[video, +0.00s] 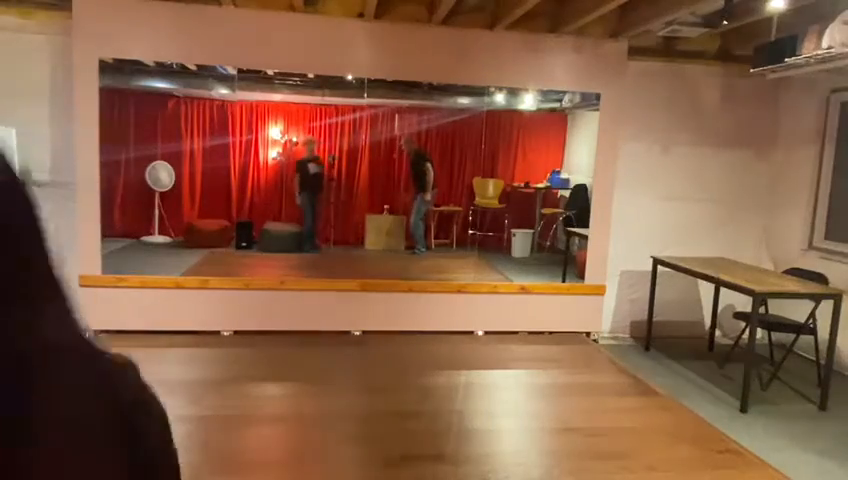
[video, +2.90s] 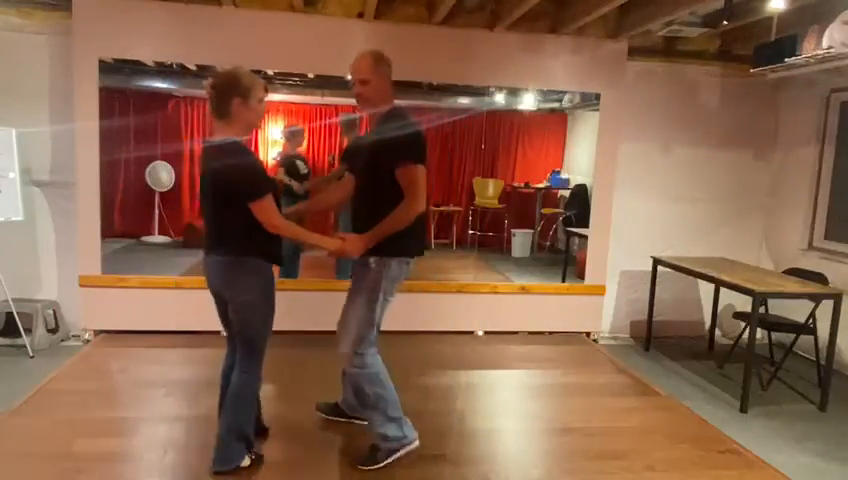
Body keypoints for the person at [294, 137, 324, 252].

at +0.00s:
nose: (310, 148)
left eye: (312, 145)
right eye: (308, 145)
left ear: (315, 146)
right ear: (305, 147)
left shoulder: (319, 162)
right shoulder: (301, 163)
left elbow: (322, 179)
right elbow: (297, 179)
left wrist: (322, 193)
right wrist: (297, 194)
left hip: (316, 193)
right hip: (305, 193)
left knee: (314, 218)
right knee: (308, 218)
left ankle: (313, 242)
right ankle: (306, 243)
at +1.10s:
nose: (297, 147)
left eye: (300, 144)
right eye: (295, 144)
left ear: (305, 144)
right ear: (291, 144)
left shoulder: (310, 159)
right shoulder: (287, 159)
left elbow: (315, 174)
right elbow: (282, 178)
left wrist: (319, 187)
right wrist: (276, 191)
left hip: (305, 192)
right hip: (290, 192)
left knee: (303, 221)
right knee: (289, 222)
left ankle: (307, 247)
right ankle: (288, 252)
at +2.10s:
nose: (299, 141)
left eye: (299, 138)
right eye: (297, 138)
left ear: (297, 139)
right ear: (289, 138)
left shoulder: (303, 158)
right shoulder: (275, 157)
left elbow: (311, 176)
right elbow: (269, 179)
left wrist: (324, 184)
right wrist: (267, 198)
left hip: (299, 198)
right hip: (281, 198)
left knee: (298, 231)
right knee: (280, 231)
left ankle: (294, 264)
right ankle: (280, 268)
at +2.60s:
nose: (302, 141)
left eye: (302, 138)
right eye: (299, 138)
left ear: (298, 140)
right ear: (290, 138)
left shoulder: (302, 159)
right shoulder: (280, 158)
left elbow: (309, 178)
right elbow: (273, 176)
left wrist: (323, 185)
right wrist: (281, 183)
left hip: (302, 200)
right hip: (285, 200)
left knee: (298, 236)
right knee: (283, 234)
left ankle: (292, 271)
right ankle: (278, 267)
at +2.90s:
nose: (303, 140)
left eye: (303, 137)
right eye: (301, 137)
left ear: (289, 138)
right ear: (295, 138)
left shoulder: (301, 158)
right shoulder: (286, 160)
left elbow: (307, 179)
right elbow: (280, 178)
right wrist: (296, 185)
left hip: (299, 200)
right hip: (287, 200)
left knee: (295, 235)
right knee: (288, 235)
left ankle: (291, 269)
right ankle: (287, 269)